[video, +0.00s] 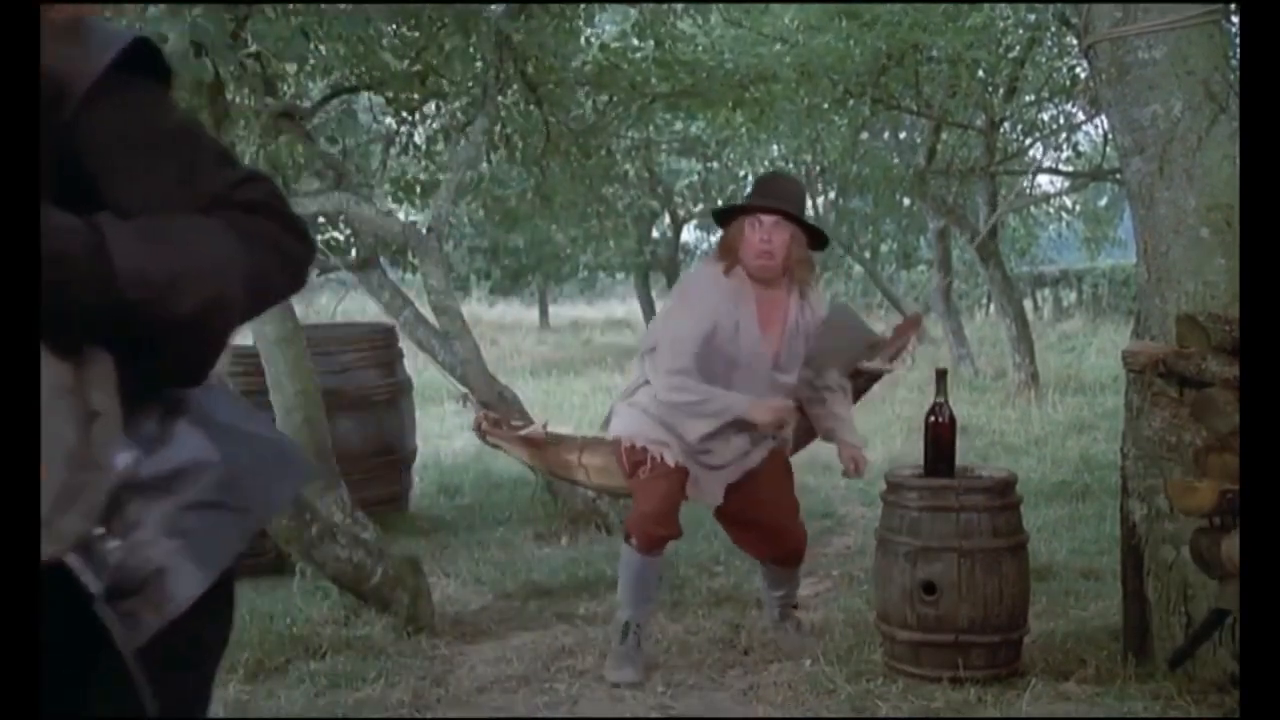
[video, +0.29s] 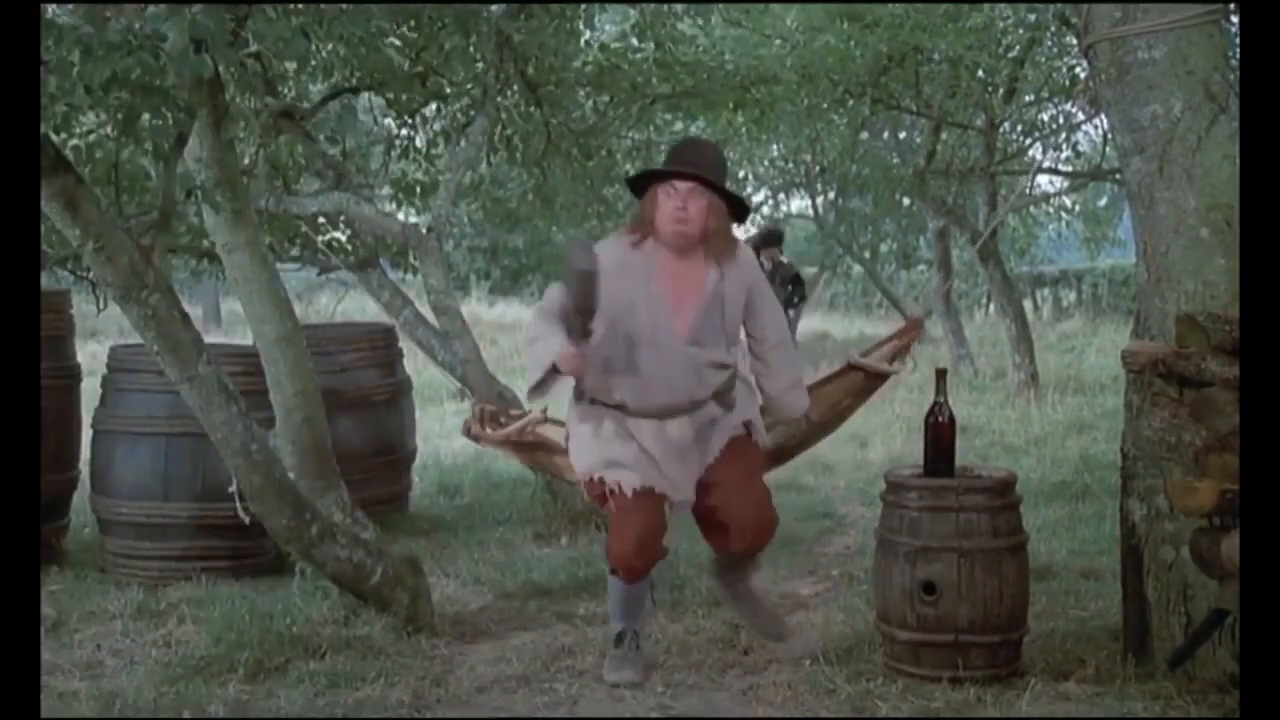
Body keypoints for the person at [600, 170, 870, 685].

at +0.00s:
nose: (764, 237)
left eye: (777, 226)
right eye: (753, 224)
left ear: (797, 240)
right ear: (736, 234)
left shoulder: (807, 304)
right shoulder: (706, 288)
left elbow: (823, 379)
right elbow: (667, 383)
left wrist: (845, 436)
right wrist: (747, 408)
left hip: (748, 429)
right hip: (664, 420)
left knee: (785, 536)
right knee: (655, 511)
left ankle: (781, 619)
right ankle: (629, 637)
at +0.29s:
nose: (680, 203)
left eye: (695, 193)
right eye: (669, 192)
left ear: (717, 209)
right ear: (650, 201)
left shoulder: (736, 265)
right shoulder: (609, 262)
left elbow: (772, 339)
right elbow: (549, 316)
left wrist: (790, 408)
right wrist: (559, 351)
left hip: (710, 420)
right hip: (621, 423)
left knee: (752, 522)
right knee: (637, 534)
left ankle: (733, 580)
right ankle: (626, 640)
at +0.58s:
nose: (637, 197)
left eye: (653, 186)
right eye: (626, 185)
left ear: (680, 201)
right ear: (611, 195)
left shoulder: (709, 264)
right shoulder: (572, 260)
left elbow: (750, 350)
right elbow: (524, 319)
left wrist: (747, 420)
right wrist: (510, 330)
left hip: (674, 430)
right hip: (581, 434)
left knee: (669, 528)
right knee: (599, 587)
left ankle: (638, 687)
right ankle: (627, 636)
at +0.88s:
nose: (588, 176)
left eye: (606, 163)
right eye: (575, 161)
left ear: (635, 180)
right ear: (555, 174)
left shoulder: (674, 244)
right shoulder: (523, 246)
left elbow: (737, 335)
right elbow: (481, 322)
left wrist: (766, 434)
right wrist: (454, 328)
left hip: (655, 449)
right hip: (541, 448)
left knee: (647, 602)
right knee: (525, 578)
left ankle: (615, 703)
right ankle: (559, 650)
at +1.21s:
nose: (458, 176)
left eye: (479, 161)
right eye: (443, 159)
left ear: (514, 177)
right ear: (419, 173)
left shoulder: (563, 244)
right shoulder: (384, 259)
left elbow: (643, 338)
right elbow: (333, 405)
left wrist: (656, 450)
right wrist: (307, 359)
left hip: (555, 492)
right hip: (414, 491)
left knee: (620, 669)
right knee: (348, 631)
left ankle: (618, 702)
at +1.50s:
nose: (327, 144)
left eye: (351, 127)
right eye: (312, 126)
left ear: (392, 147)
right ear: (288, 143)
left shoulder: (458, 226)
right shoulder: (252, 235)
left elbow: (547, 341)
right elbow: (188, 350)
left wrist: (570, 474)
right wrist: (149, 325)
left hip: (430, 471)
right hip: (294, 482)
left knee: (361, 647)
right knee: (268, 684)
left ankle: (380, 703)